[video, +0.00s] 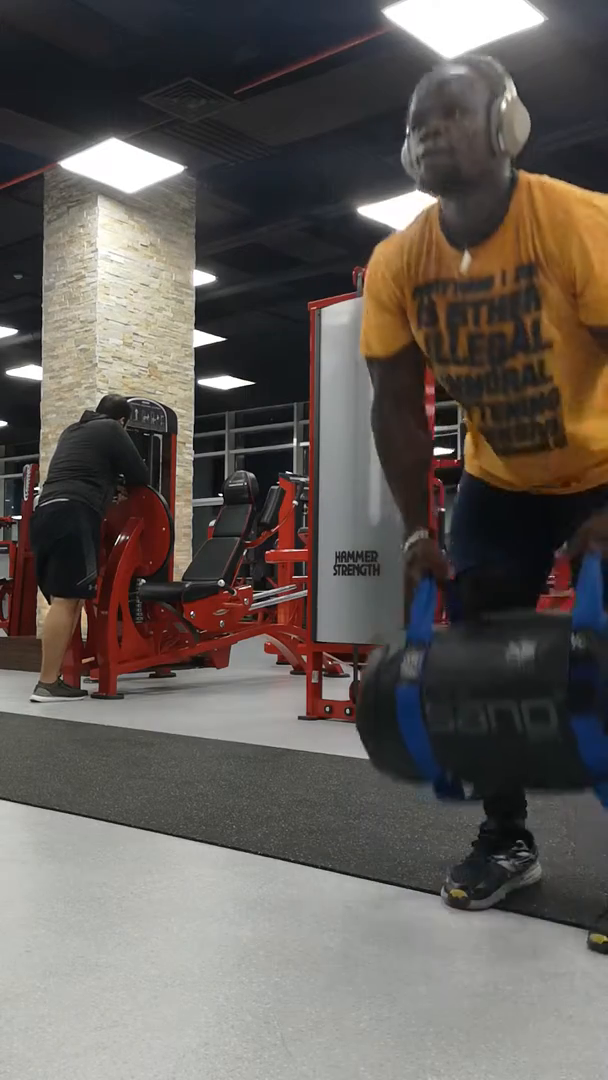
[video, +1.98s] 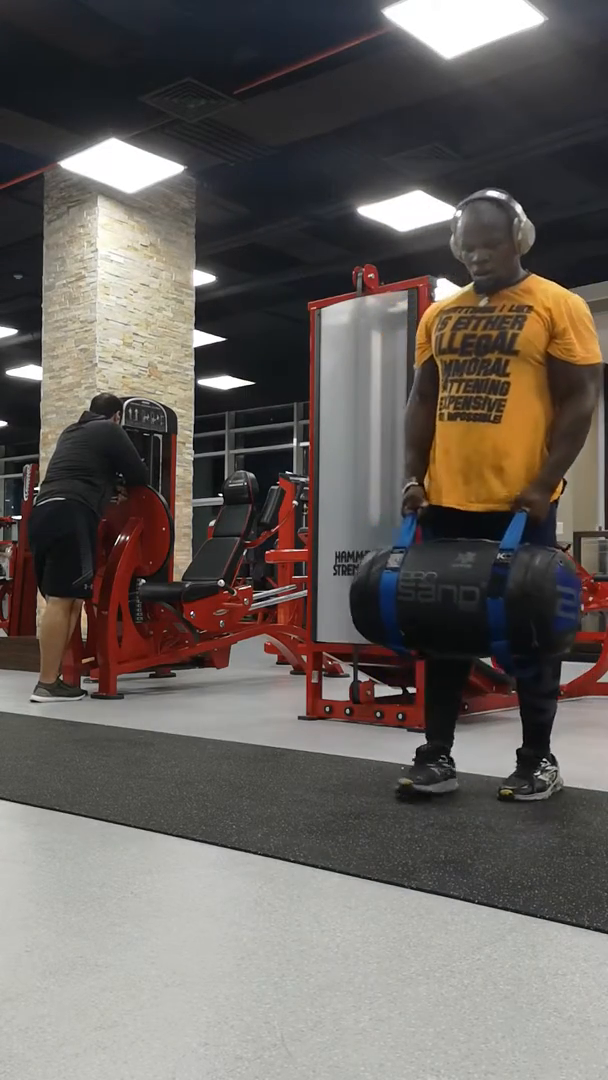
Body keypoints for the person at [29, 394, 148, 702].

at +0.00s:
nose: (125, 428)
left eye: (125, 424)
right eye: (126, 424)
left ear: (98, 414)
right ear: (121, 420)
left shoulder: (71, 430)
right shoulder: (112, 430)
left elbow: (75, 471)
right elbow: (141, 478)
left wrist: (111, 487)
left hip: (44, 511)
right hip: (70, 510)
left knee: (66, 601)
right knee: (65, 601)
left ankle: (52, 678)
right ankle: (48, 682)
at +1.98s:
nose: (122, 423)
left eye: (121, 419)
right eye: (122, 419)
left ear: (91, 413)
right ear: (116, 416)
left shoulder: (70, 431)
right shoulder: (110, 430)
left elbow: (75, 472)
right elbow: (141, 478)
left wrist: (109, 487)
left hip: (42, 511)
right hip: (68, 511)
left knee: (68, 601)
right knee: (59, 601)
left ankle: (54, 678)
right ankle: (47, 682)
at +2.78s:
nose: (121, 424)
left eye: (121, 420)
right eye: (122, 419)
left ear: (91, 413)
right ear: (116, 417)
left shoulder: (69, 431)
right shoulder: (111, 431)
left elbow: (75, 470)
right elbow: (140, 478)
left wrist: (109, 485)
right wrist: (115, 477)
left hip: (41, 512)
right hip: (69, 511)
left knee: (61, 601)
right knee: (63, 601)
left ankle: (52, 679)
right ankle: (48, 682)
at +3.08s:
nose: (121, 424)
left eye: (120, 420)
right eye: (122, 419)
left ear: (91, 412)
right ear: (116, 417)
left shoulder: (69, 431)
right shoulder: (112, 431)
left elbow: (74, 470)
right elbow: (140, 478)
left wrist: (109, 486)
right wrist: (114, 476)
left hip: (41, 512)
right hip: (69, 511)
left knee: (60, 601)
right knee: (63, 601)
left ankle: (51, 679)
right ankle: (48, 682)